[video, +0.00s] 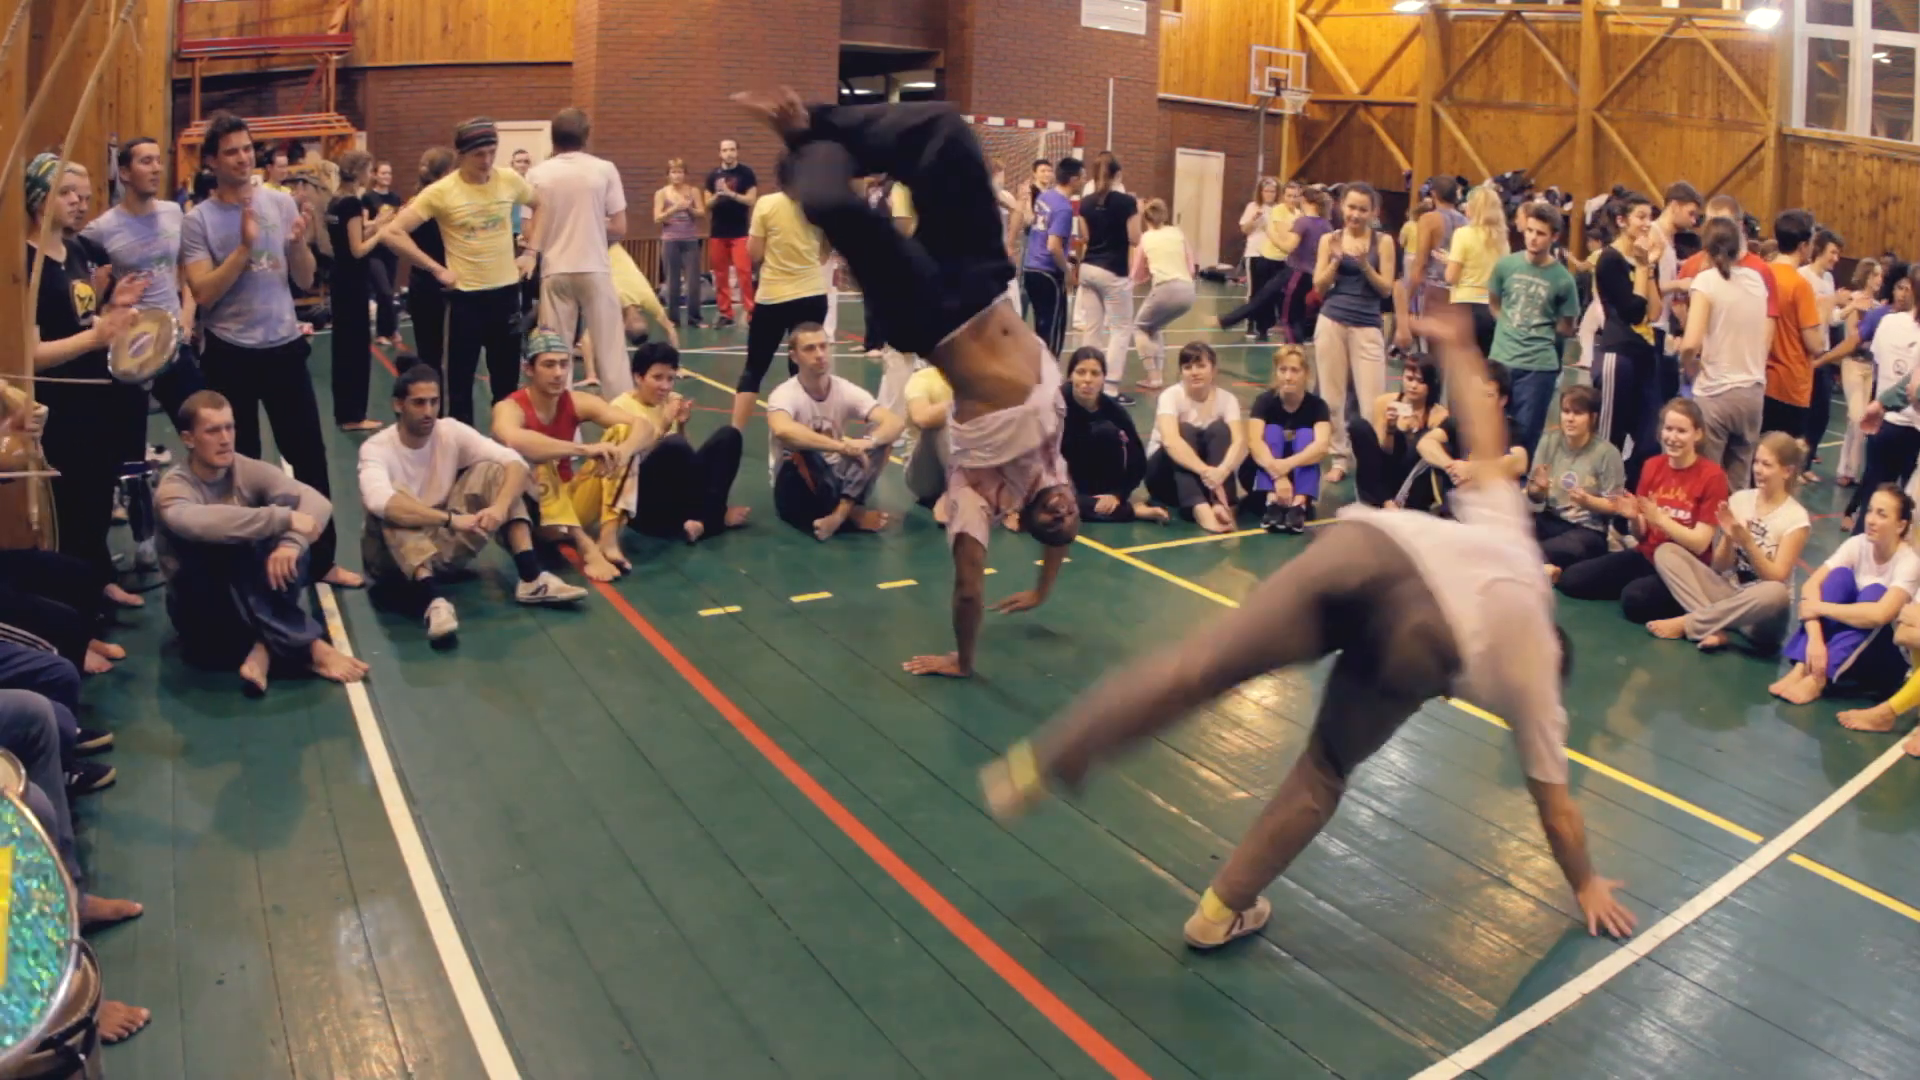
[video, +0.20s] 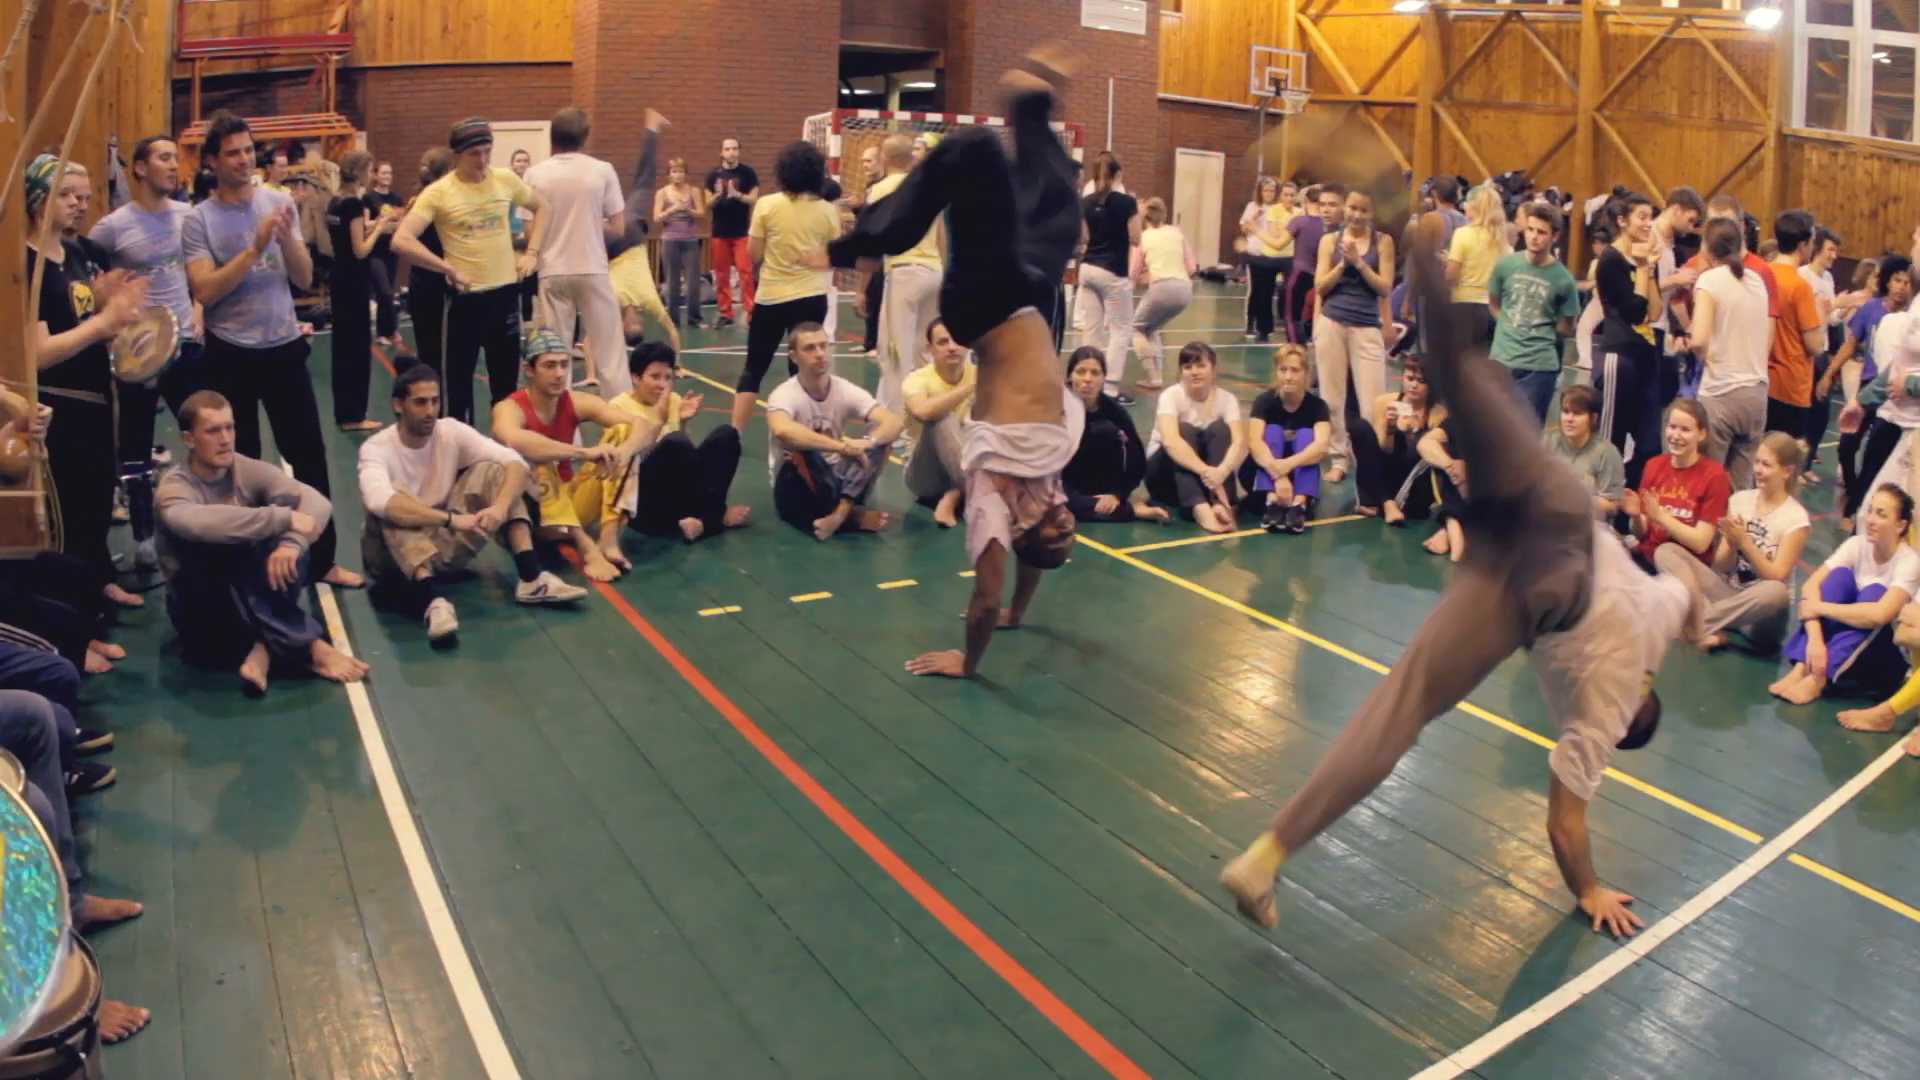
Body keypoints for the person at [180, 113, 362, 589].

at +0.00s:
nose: (243, 158)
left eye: (247, 149)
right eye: (232, 152)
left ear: (255, 153)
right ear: (211, 161)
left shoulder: (279, 202)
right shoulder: (197, 219)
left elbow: (305, 282)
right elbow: (203, 293)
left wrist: (298, 243)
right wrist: (245, 248)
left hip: (283, 346)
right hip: (228, 350)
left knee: (310, 457)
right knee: (240, 461)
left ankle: (322, 564)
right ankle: (250, 567)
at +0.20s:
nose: (244, 159)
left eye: (248, 150)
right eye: (233, 153)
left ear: (255, 154)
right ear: (212, 160)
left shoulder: (277, 202)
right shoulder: (198, 219)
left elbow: (304, 280)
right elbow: (204, 292)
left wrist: (287, 236)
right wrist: (254, 250)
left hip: (283, 346)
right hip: (229, 350)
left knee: (309, 455)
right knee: (241, 459)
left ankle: (323, 564)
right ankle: (251, 566)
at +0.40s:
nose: (247, 159)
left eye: (251, 150)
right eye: (237, 152)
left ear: (257, 153)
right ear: (213, 160)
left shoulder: (279, 203)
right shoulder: (197, 216)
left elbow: (303, 278)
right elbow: (206, 290)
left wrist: (282, 239)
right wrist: (260, 257)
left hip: (283, 345)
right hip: (229, 350)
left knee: (309, 456)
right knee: (241, 459)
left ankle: (322, 564)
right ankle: (250, 565)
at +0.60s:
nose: (248, 161)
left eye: (252, 152)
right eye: (237, 154)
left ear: (258, 154)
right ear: (215, 160)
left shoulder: (276, 202)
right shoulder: (198, 219)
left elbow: (304, 281)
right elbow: (204, 291)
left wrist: (293, 239)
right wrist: (248, 246)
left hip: (283, 346)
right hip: (229, 351)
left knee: (309, 457)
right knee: (241, 461)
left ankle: (322, 564)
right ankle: (249, 567)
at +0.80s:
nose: (247, 161)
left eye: (251, 152)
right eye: (237, 154)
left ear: (256, 155)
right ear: (213, 159)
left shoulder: (275, 204)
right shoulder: (196, 220)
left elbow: (304, 279)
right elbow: (205, 289)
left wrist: (285, 238)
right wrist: (258, 251)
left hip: (283, 347)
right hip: (229, 352)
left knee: (309, 456)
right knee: (240, 461)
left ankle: (322, 564)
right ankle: (250, 567)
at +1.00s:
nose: (247, 161)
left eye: (251, 152)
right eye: (236, 154)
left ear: (257, 155)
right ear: (213, 160)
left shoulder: (278, 202)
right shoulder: (196, 220)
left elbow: (306, 282)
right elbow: (203, 291)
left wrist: (300, 244)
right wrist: (246, 243)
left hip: (284, 346)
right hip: (229, 351)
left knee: (309, 456)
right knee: (241, 460)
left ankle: (322, 563)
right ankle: (250, 566)